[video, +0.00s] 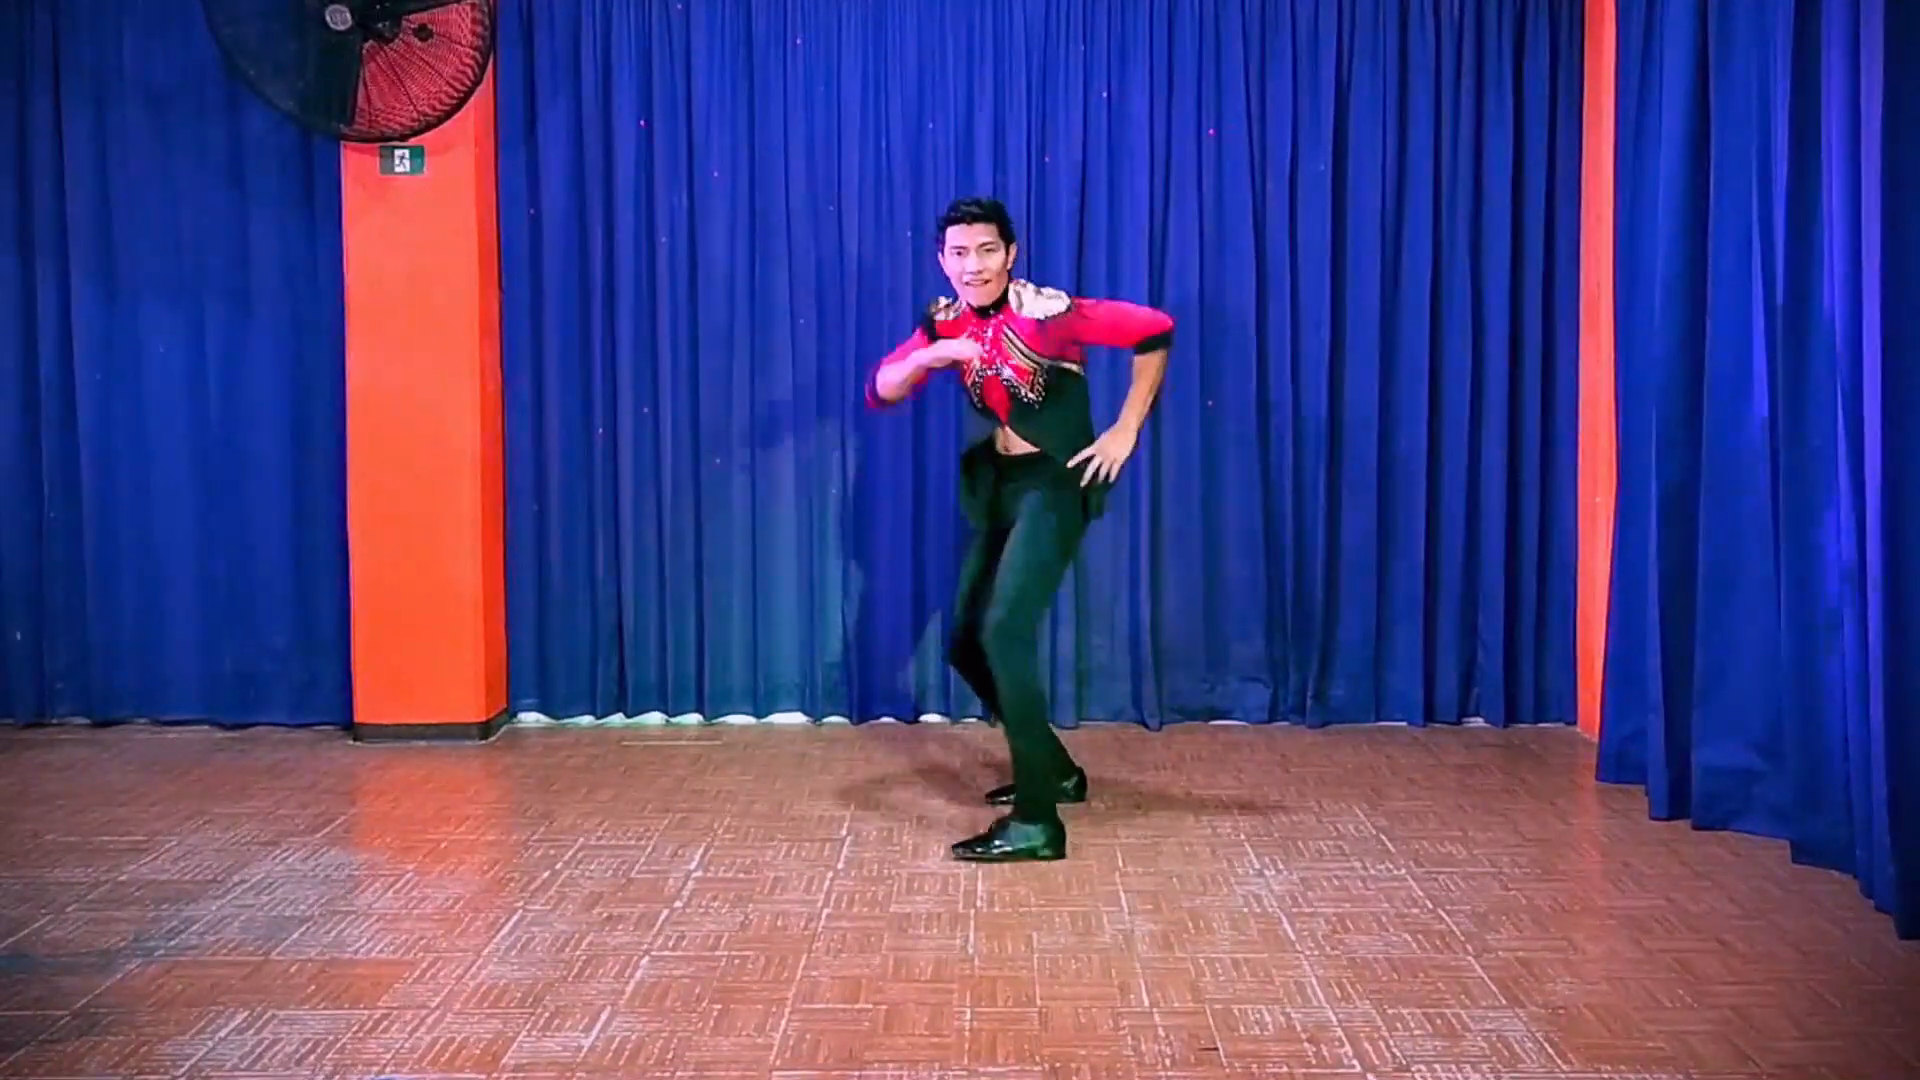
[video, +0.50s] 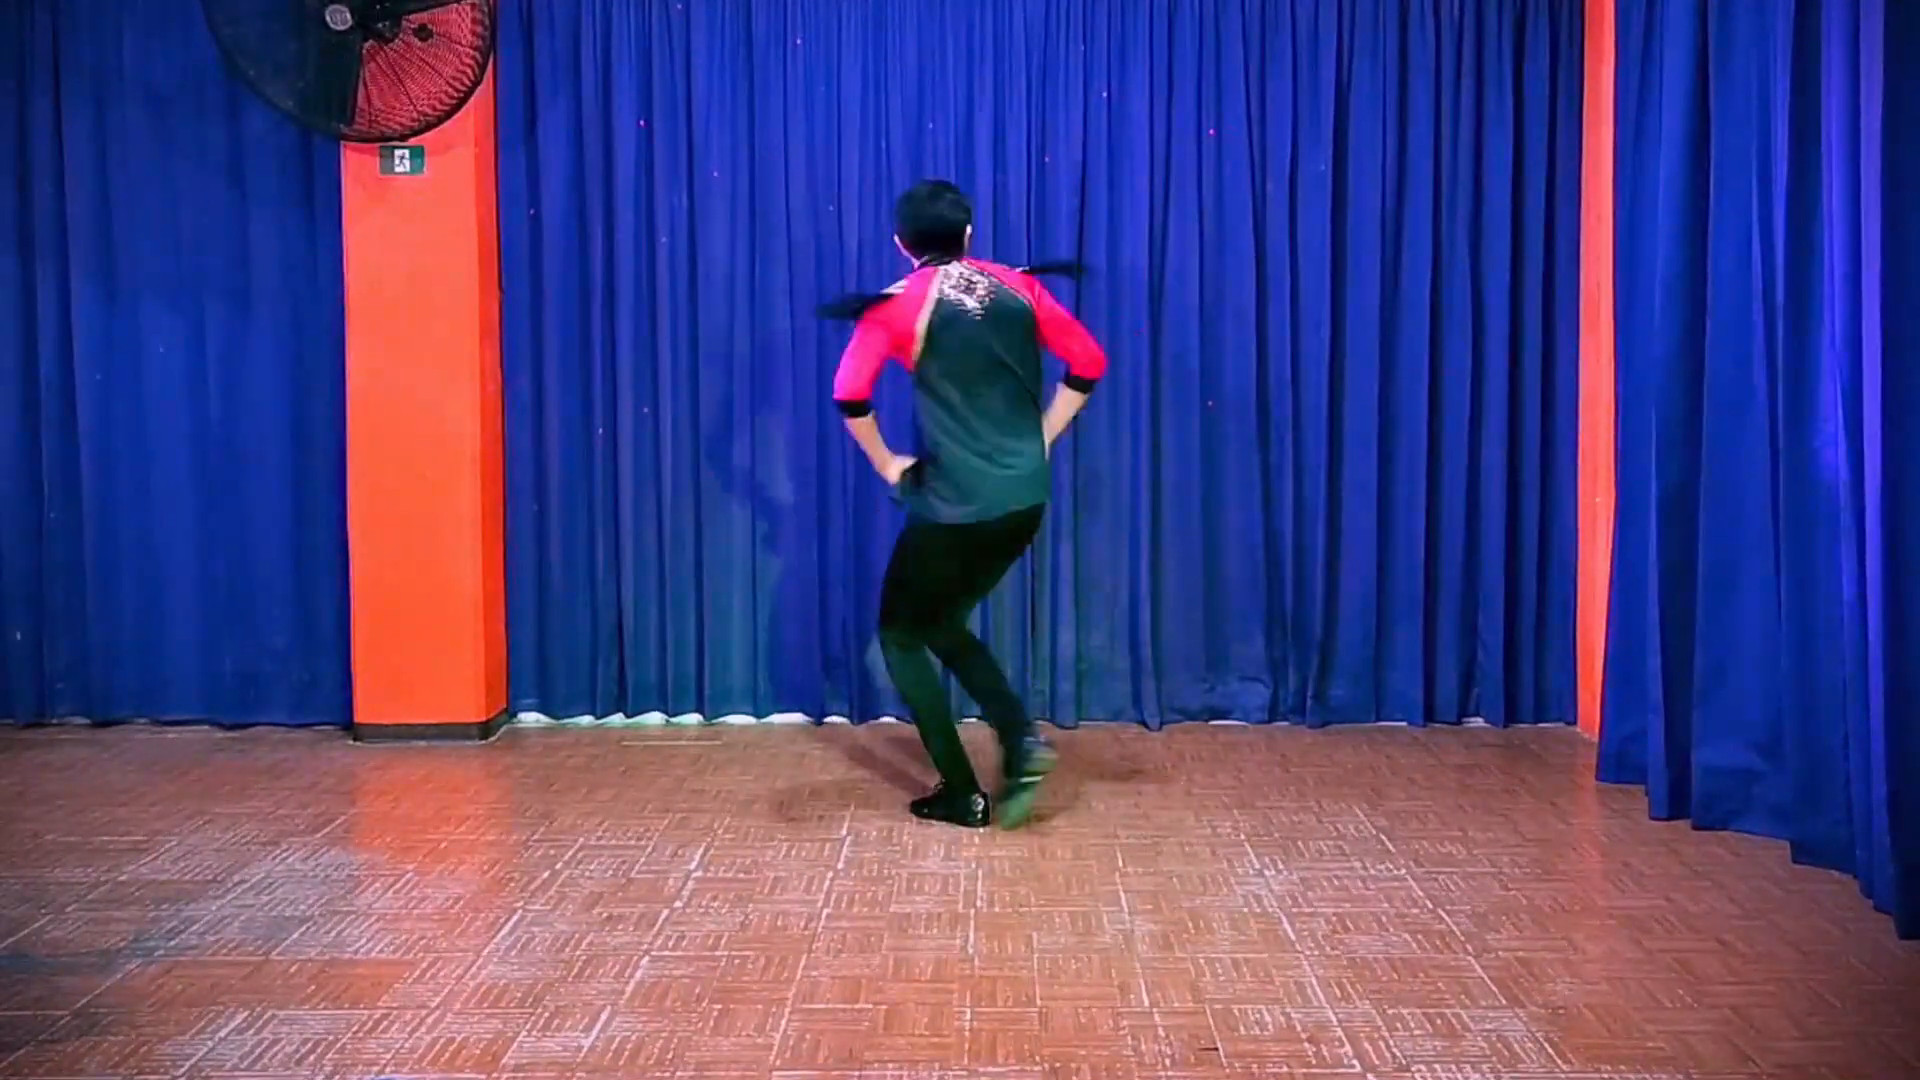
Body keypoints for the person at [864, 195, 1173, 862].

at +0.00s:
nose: (973, 264)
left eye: (986, 250)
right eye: (959, 252)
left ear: (1011, 255)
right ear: (945, 260)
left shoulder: (1046, 317)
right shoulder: (947, 324)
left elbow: (1154, 331)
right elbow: (881, 389)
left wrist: (1128, 428)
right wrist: (931, 356)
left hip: (1060, 483)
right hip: (1003, 485)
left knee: (1004, 631)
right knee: (966, 643)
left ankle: (1035, 822)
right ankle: (1056, 771)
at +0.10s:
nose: (967, 254)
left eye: (981, 240)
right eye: (954, 242)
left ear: (1006, 247)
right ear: (940, 251)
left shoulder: (1045, 298)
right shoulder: (947, 312)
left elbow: (1140, 318)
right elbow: (877, 357)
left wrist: (1104, 417)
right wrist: (945, 394)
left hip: (1053, 478)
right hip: (996, 480)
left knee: (950, 623)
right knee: (974, 639)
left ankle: (993, 802)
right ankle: (1057, 771)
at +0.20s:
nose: (961, 246)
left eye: (974, 233)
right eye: (948, 235)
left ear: (1002, 240)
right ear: (936, 244)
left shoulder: (1046, 296)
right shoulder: (942, 319)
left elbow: (1126, 352)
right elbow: (885, 391)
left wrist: (1068, 419)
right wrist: (920, 440)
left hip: (1042, 483)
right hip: (995, 486)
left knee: (929, 612)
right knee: (972, 638)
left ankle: (964, 789)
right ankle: (1057, 770)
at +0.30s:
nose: (918, 244)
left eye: (933, 231)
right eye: (915, 231)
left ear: (974, 242)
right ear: (915, 241)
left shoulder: (1011, 311)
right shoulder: (935, 321)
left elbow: (1046, 408)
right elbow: (952, 426)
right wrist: (907, 487)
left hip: (1017, 490)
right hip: (988, 487)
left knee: (921, 626)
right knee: (973, 635)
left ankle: (961, 790)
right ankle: (1056, 769)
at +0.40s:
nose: (893, 245)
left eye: (903, 233)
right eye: (896, 232)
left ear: (938, 241)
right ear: (941, 241)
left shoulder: (942, 302)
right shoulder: (977, 293)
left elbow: (968, 394)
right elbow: (998, 407)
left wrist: (888, 423)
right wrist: (952, 476)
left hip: (1000, 495)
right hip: (1027, 494)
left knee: (915, 629)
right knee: (965, 634)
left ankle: (960, 790)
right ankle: (1057, 768)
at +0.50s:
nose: (898, 242)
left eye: (898, 236)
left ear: (902, 243)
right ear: (967, 236)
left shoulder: (896, 304)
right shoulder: (1017, 285)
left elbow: (849, 394)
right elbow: (1088, 363)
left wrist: (888, 464)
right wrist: (1041, 442)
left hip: (953, 507)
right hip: (1023, 500)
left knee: (900, 634)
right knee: (944, 623)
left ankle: (959, 791)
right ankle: (1022, 743)